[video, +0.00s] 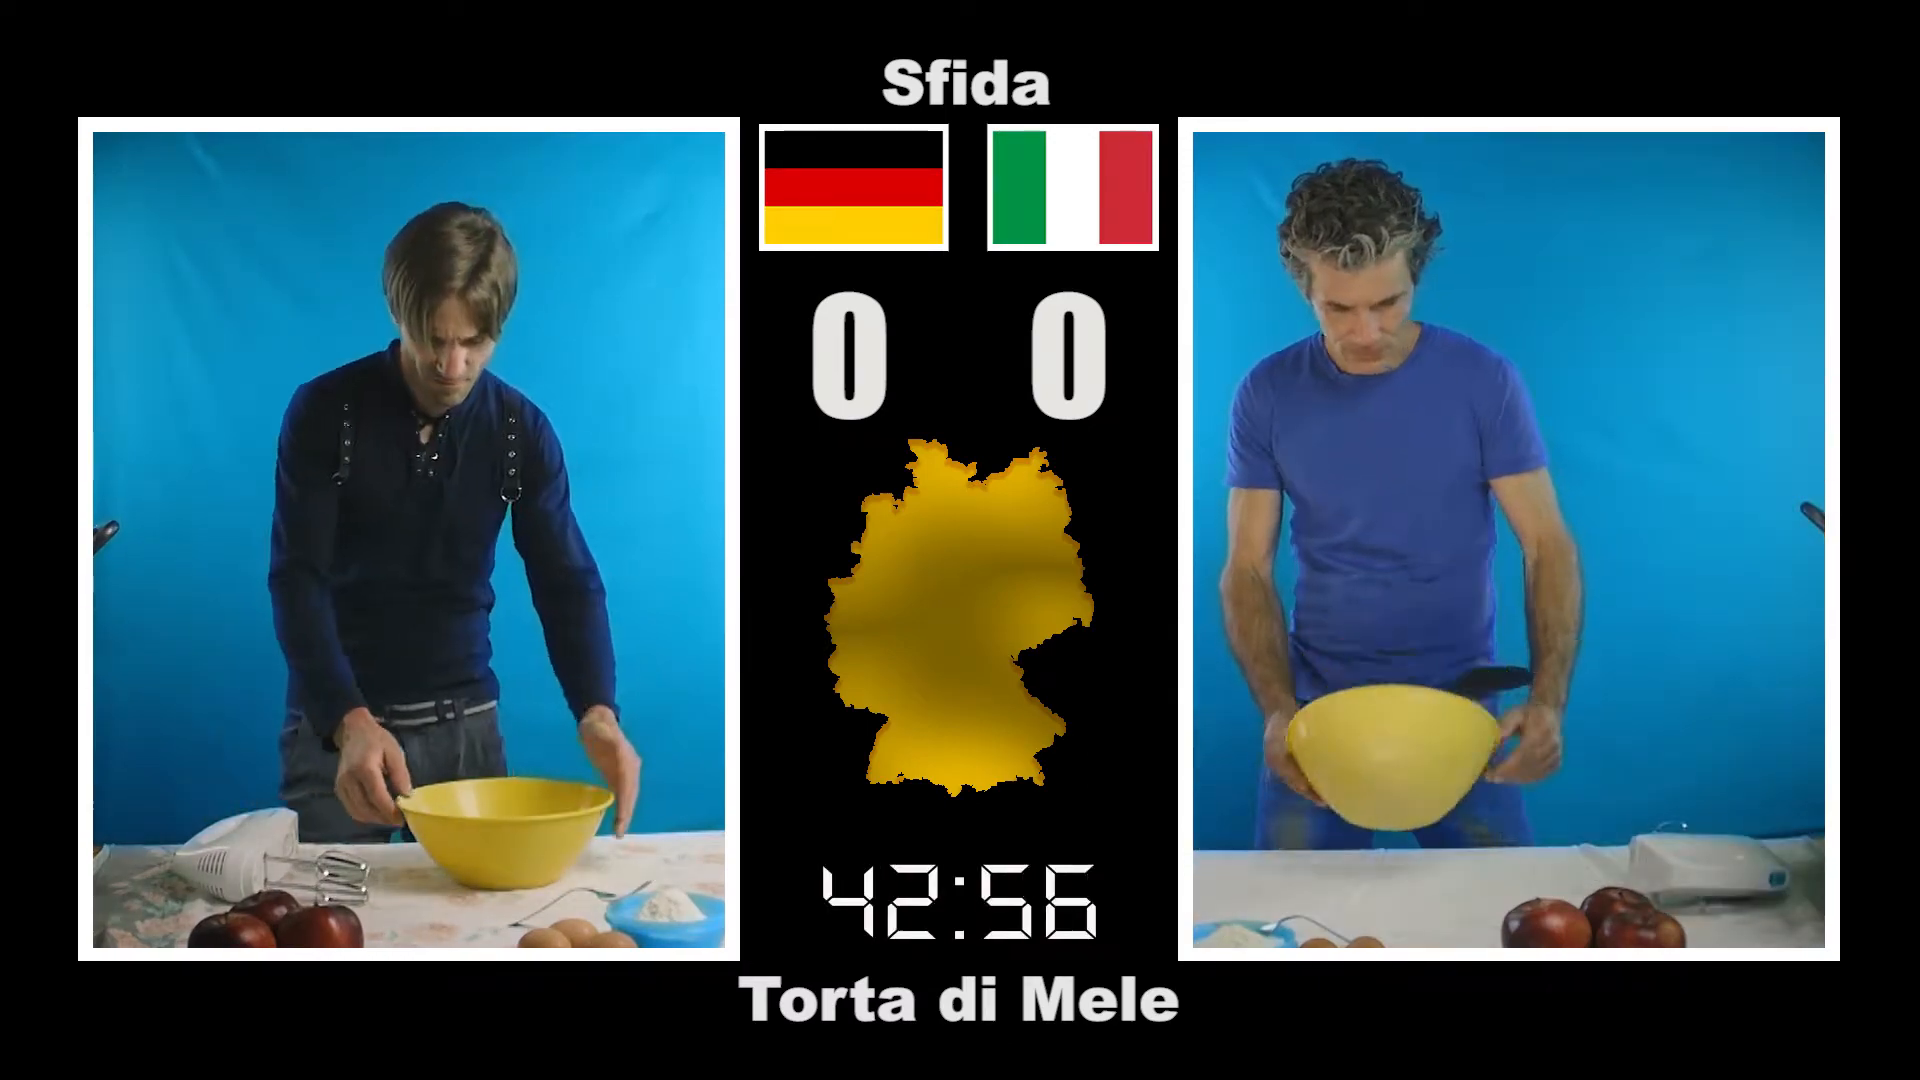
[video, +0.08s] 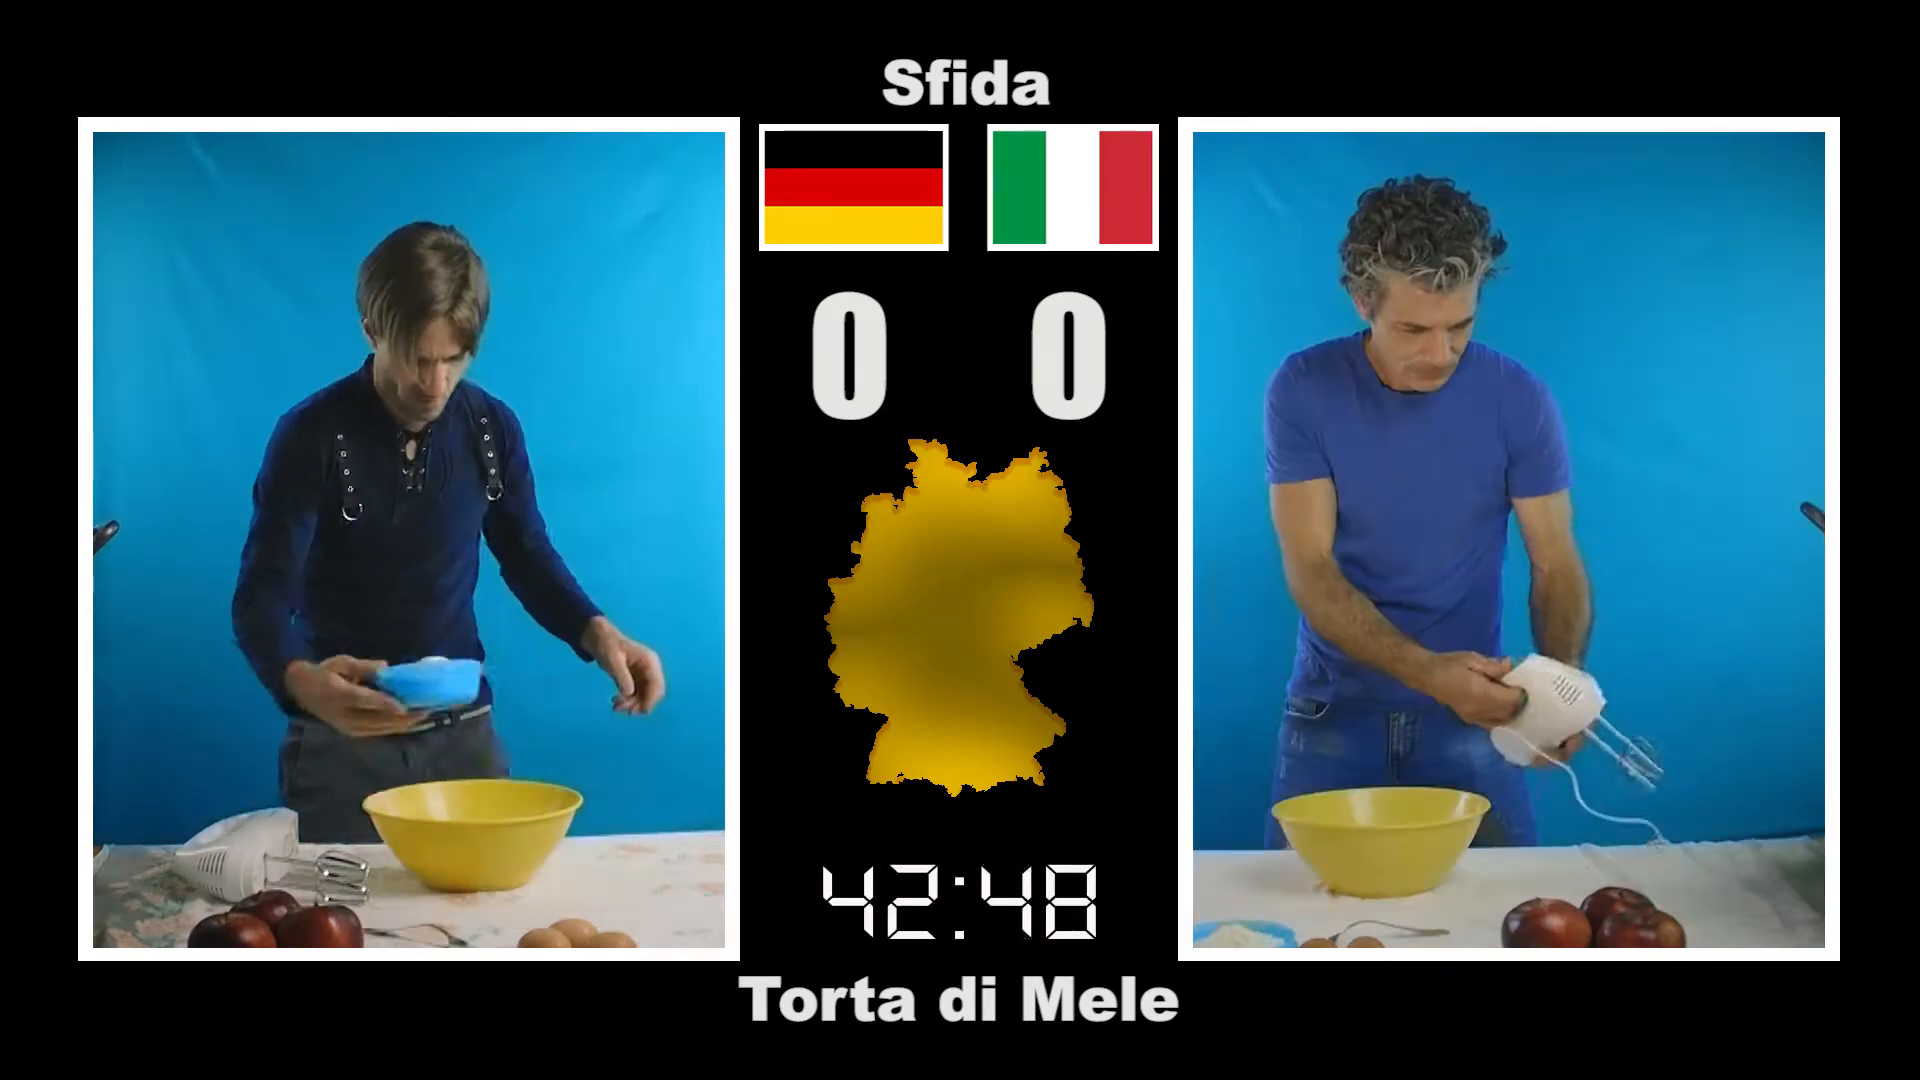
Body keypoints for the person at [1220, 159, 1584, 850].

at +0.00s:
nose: (1366, 331)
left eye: (1387, 303)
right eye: (1341, 308)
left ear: (1414, 278)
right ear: (1305, 286)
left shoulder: (1480, 382)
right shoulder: (1270, 394)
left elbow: (1549, 546)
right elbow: (1247, 570)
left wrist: (1548, 700)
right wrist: (1279, 711)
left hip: (1459, 698)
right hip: (1320, 700)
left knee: (1497, 924)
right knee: (1298, 928)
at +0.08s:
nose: (1439, 352)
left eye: (1459, 326)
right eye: (1413, 330)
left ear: (1476, 301)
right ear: (1363, 302)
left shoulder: (1516, 398)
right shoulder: (1307, 390)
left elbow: (1555, 563)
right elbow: (1312, 577)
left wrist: (1559, 692)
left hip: (1470, 726)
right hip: (1335, 719)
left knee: (1502, 940)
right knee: (1320, 940)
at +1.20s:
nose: (1417, 359)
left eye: (1434, 335)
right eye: (1396, 334)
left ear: (1447, 326)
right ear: (1338, 322)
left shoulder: (1464, 433)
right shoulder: (1262, 433)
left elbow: (1513, 574)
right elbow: (1238, 610)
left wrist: (1553, 701)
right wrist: (1329, 703)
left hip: (1433, 739)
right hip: (1297, 741)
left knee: (1496, 925)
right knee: (1265, 937)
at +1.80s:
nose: (1420, 460)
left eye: (1432, 433)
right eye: (1396, 438)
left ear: (1442, 411)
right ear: (1328, 421)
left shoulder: (1463, 493)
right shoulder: (1260, 495)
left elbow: (1561, 631)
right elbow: (1266, 684)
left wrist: (1651, 749)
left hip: (1419, 762)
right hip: (1294, 759)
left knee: (1436, 932)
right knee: (1254, 926)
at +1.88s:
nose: (1440, 467)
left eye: (1455, 440)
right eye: (1417, 445)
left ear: (1465, 420)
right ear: (1351, 430)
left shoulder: (1479, 493)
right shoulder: (1293, 497)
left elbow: (1571, 643)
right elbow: (1345, 684)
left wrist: (1640, 769)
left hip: (1433, 760)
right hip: (1309, 757)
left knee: (1456, 932)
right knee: (1272, 930)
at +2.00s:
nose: (1509, 479)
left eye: (1522, 452)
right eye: (1486, 454)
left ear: (1533, 439)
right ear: (1418, 445)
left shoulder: (1529, 507)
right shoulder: (1361, 524)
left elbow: (1578, 656)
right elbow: (1458, 667)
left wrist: (1624, 778)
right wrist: (1614, 763)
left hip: (1450, 761)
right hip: (1333, 769)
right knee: (1313, 937)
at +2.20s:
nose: (1612, 496)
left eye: (1630, 469)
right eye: (1589, 469)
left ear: (1644, 450)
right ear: (1524, 446)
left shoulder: (1630, 533)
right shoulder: (1449, 508)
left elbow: (1658, 690)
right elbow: (1467, 693)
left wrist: (1723, 794)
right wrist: (1616, 803)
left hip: (1500, 743)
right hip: (1383, 750)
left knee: (1524, 919)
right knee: (1361, 925)